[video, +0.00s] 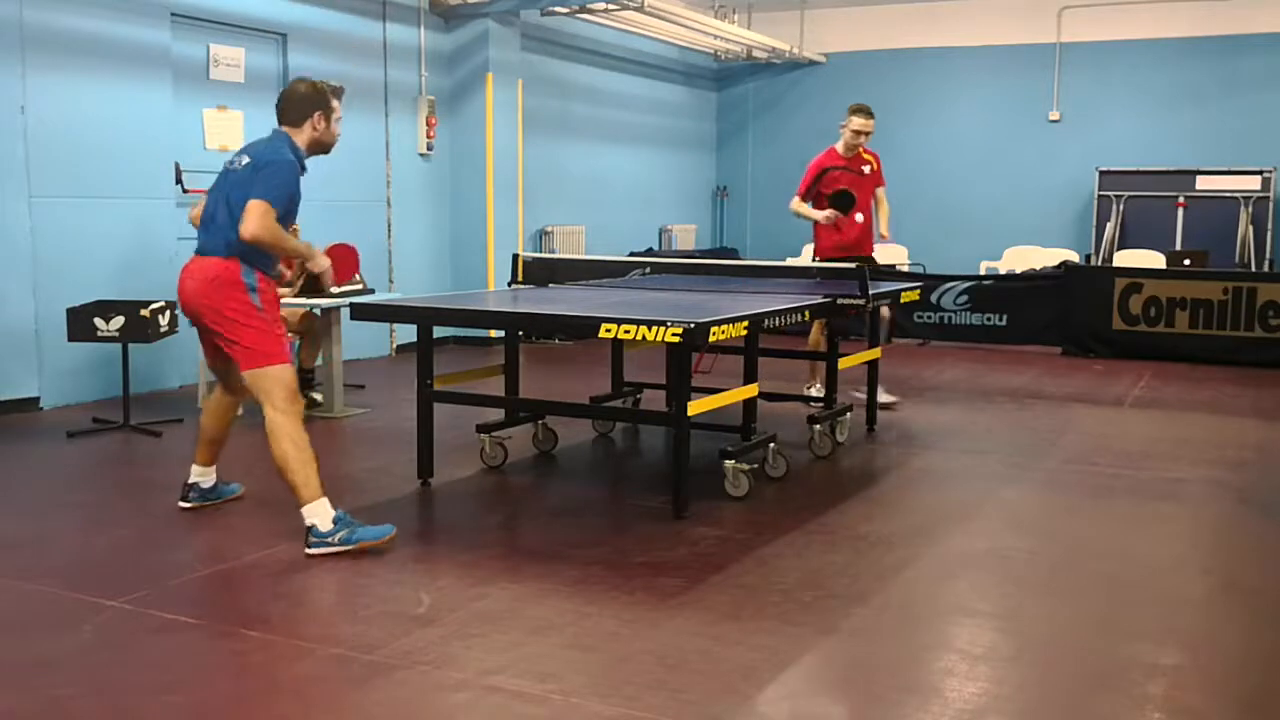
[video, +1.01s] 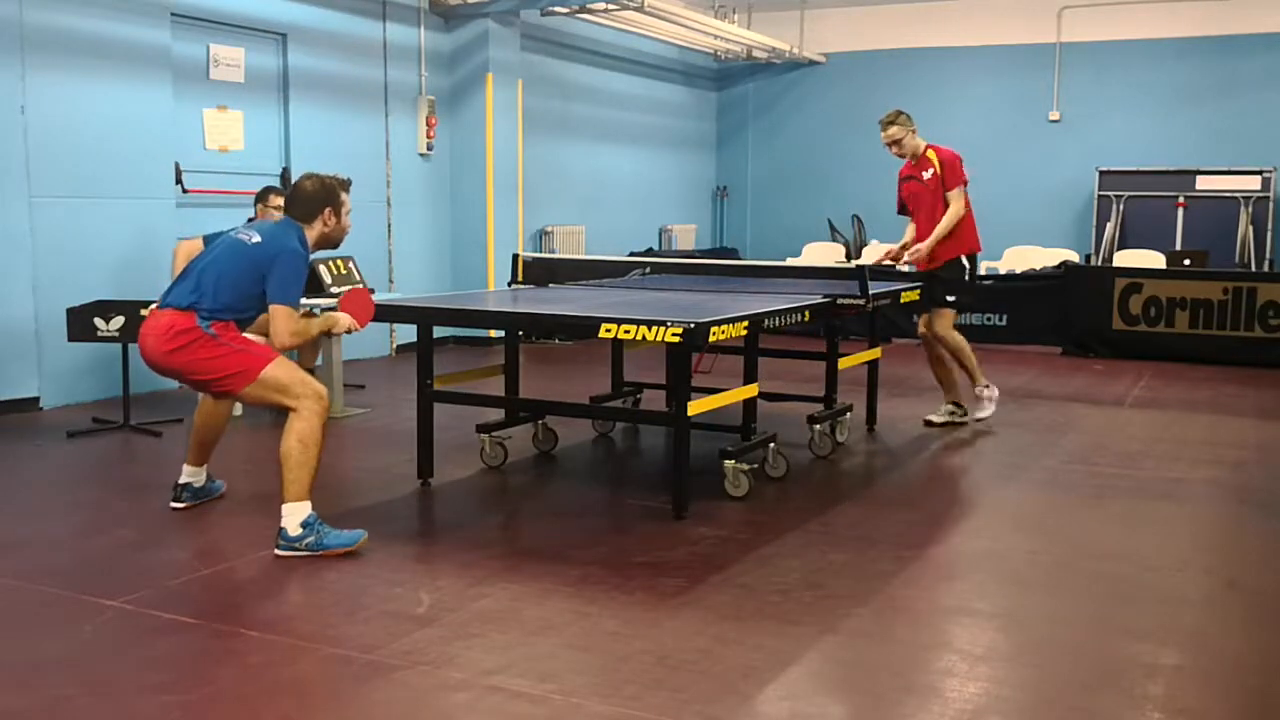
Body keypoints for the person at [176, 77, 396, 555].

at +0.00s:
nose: (340, 128)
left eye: (339, 119)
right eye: (336, 119)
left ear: (295, 120)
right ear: (315, 121)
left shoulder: (252, 152)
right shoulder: (283, 161)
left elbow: (201, 216)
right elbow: (255, 226)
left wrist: (272, 255)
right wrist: (309, 252)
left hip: (199, 278)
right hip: (233, 281)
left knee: (231, 384)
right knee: (282, 400)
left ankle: (200, 481)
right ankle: (323, 522)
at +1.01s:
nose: (349, 224)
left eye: (348, 215)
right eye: (346, 214)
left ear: (296, 211)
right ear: (327, 217)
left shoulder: (259, 229)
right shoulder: (291, 249)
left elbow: (187, 248)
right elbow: (285, 336)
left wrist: (182, 303)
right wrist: (329, 322)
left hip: (159, 328)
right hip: (188, 334)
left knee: (227, 379)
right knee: (311, 397)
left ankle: (191, 482)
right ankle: (297, 526)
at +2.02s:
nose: (338, 181)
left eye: (337, 173)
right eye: (337, 174)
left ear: (286, 177)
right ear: (325, 180)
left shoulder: (258, 202)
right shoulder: (298, 222)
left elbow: (234, 277)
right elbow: (305, 313)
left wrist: (274, 316)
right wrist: (347, 279)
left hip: (168, 315)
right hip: (207, 321)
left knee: (219, 382)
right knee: (323, 401)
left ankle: (190, 483)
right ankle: (300, 525)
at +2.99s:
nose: (329, 144)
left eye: (325, 135)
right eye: (323, 136)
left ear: (283, 146)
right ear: (305, 145)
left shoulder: (242, 183)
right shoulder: (291, 195)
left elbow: (187, 227)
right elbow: (296, 279)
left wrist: (216, 274)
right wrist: (348, 262)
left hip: (197, 312)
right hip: (239, 315)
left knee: (239, 386)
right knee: (332, 404)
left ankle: (193, 481)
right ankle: (301, 526)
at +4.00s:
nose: (346, 167)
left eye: (344, 159)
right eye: (338, 159)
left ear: (314, 165)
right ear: (308, 163)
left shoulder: (328, 207)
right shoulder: (258, 206)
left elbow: (351, 231)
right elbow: (207, 255)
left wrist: (379, 248)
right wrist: (193, 288)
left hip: (272, 299)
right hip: (234, 295)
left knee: (310, 368)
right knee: (281, 375)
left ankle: (265, 449)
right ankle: (290, 486)